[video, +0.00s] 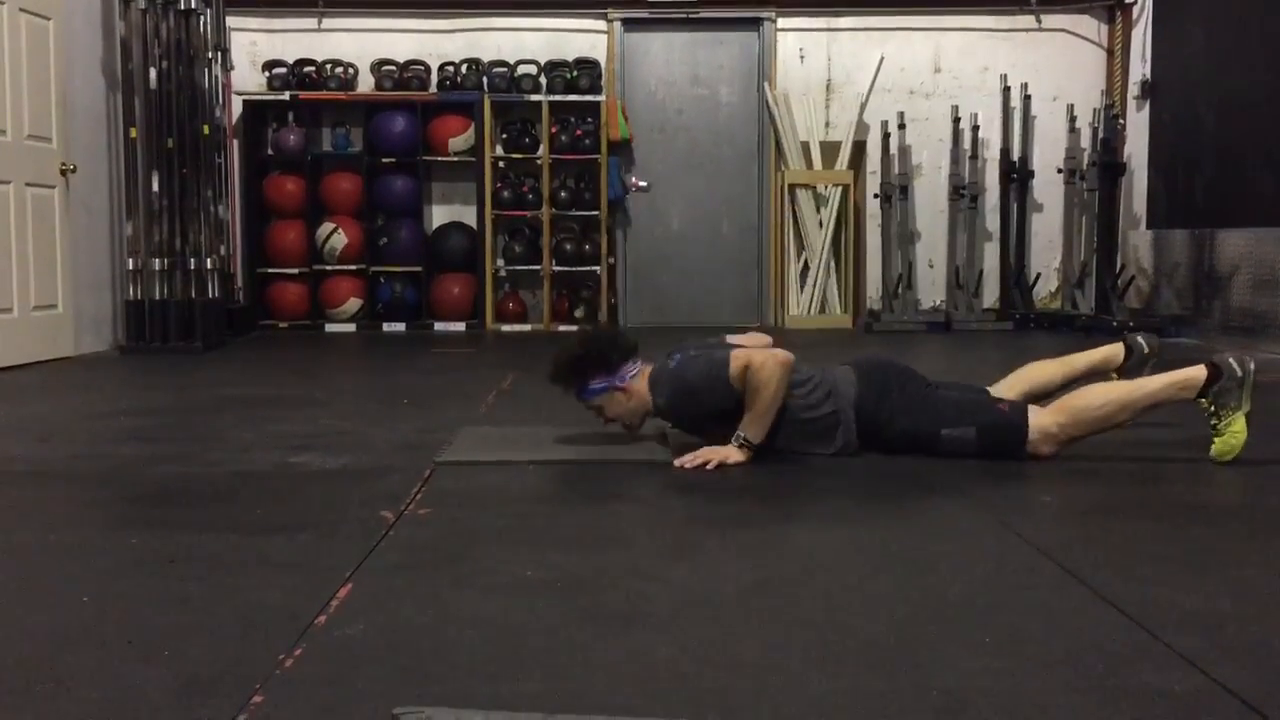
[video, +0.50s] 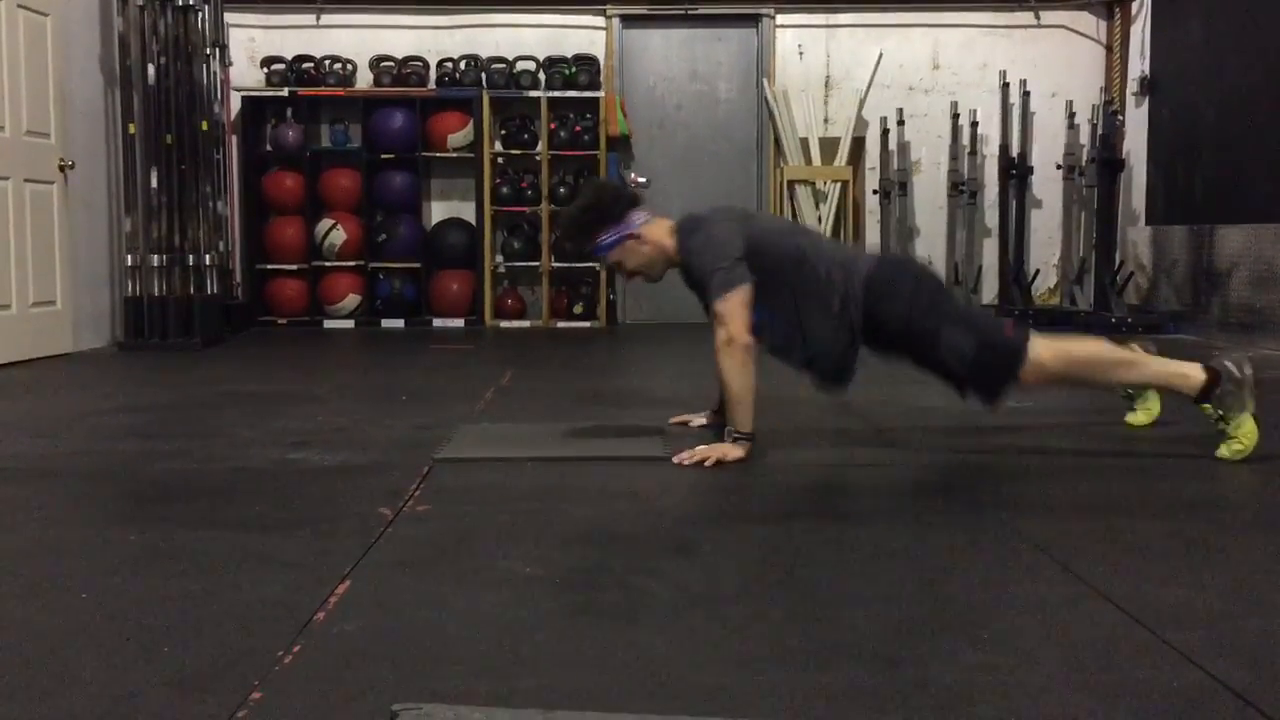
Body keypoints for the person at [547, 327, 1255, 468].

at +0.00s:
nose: (603, 419)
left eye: (597, 407)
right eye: (595, 410)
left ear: (616, 384)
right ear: (620, 373)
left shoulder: (672, 379)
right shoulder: (672, 376)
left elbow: (772, 361)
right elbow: (755, 359)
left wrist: (743, 443)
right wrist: (719, 432)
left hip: (875, 406)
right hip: (869, 386)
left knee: (1042, 431)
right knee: (1002, 404)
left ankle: (1199, 378)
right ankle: (1116, 347)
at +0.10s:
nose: (600, 390)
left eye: (597, 378)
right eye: (595, 380)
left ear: (613, 360)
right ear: (621, 345)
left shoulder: (673, 364)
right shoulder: (673, 355)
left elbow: (769, 359)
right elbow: (760, 352)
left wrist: (739, 441)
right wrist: (727, 425)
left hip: (872, 405)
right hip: (868, 389)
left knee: (1037, 432)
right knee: (1002, 406)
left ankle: (1197, 374)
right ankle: (1117, 346)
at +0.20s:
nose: (611, 333)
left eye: (611, 321)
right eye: (606, 323)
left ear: (636, 303)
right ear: (636, 301)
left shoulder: (690, 325)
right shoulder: (683, 328)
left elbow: (772, 360)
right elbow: (754, 367)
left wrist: (743, 441)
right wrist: (728, 429)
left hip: (874, 398)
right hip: (866, 392)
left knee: (1042, 432)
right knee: (1004, 404)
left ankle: (1202, 377)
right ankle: (1123, 352)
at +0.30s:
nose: (626, 288)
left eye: (626, 275)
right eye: (620, 276)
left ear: (654, 256)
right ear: (650, 258)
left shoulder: (718, 283)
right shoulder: (699, 286)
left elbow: (768, 353)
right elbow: (755, 353)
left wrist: (739, 442)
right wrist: (725, 414)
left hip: (881, 385)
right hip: (872, 378)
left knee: (1039, 429)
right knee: (1007, 403)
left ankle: (1196, 379)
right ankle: (1126, 350)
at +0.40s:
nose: (641, 274)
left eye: (635, 261)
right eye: (633, 264)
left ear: (654, 237)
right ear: (658, 231)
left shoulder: (728, 252)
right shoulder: (716, 253)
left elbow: (756, 345)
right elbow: (748, 343)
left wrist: (740, 440)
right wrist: (731, 412)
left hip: (891, 354)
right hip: (885, 348)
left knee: (1033, 422)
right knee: (1012, 396)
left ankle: (1203, 382)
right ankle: (1131, 358)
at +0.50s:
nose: (623, 272)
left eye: (615, 259)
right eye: (613, 264)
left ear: (632, 229)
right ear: (632, 232)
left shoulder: (710, 235)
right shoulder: (694, 246)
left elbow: (736, 338)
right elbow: (729, 338)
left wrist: (738, 439)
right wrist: (726, 417)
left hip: (883, 294)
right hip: (875, 303)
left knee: (1020, 357)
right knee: (1006, 349)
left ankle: (1197, 376)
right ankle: (1135, 360)